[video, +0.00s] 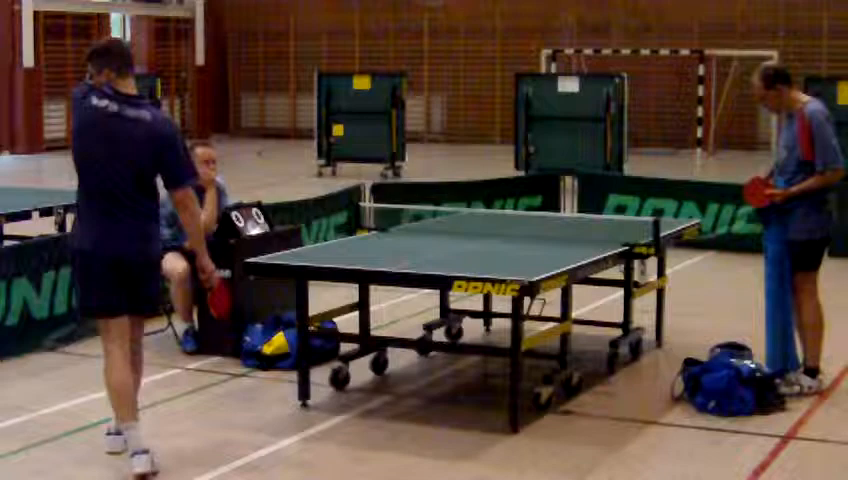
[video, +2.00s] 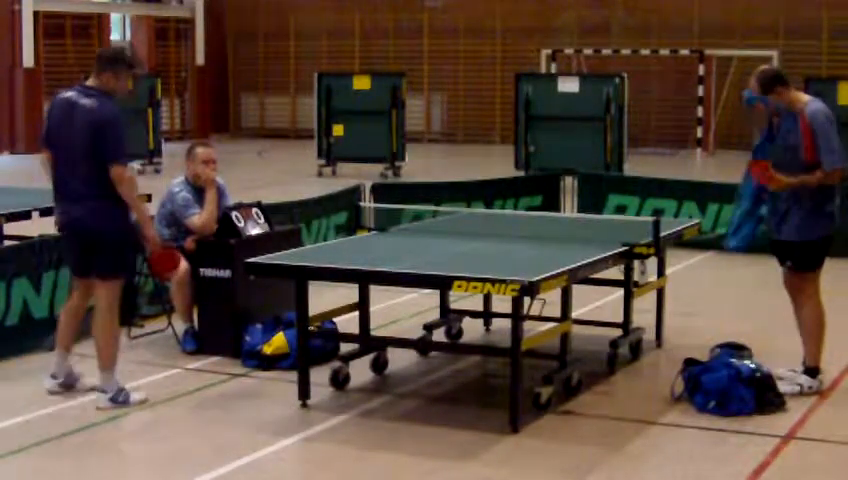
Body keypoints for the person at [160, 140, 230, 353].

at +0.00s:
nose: (211, 169)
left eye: (213, 163)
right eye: (205, 163)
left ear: (216, 165)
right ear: (191, 167)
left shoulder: (218, 189)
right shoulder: (175, 194)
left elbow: (218, 223)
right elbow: (204, 227)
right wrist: (211, 191)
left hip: (203, 241)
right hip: (173, 243)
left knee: (229, 263)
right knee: (180, 270)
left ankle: (223, 321)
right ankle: (188, 326)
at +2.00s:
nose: (212, 168)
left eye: (214, 163)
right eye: (206, 163)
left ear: (217, 164)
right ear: (190, 166)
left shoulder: (218, 187)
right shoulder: (178, 191)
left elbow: (225, 221)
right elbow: (204, 226)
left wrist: (199, 236)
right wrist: (211, 189)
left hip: (200, 241)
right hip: (168, 244)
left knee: (227, 262)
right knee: (182, 270)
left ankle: (224, 321)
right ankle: (188, 327)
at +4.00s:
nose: (212, 168)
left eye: (214, 163)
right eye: (206, 163)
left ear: (217, 165)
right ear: (190, 166)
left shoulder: (217, 187)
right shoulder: (179, 192)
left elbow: (227, 221)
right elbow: (205, 226)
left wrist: (197, 237)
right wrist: (211, 188)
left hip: (198, 241)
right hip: (165, 245)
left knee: (227, 262)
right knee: (181, 269)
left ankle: (222, 321)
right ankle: (188, 326)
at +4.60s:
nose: (204, 168)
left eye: (206, 162)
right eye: (198, 162)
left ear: (210, 164)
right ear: (184, 165)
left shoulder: (213, 188)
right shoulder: (169, 194)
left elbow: (224, 224)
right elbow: (187, 225)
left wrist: (198, 235)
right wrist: (202, 188)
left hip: (199, 241)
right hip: (165, 243)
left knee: (226, 259)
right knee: (183, 266)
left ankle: (223, 321)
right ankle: (189, 326)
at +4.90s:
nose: (194, 159)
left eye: (195, 153)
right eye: (187, 153)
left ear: (199, 158)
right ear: (171, 158)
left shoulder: (202, 184)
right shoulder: (163, 185)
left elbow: (219, 207)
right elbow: (165, 216)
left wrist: (217, 220)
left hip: (202, 240)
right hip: (173, 244)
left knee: (225, 262)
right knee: (184, 267)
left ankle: (222, 319)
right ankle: (188, 325)